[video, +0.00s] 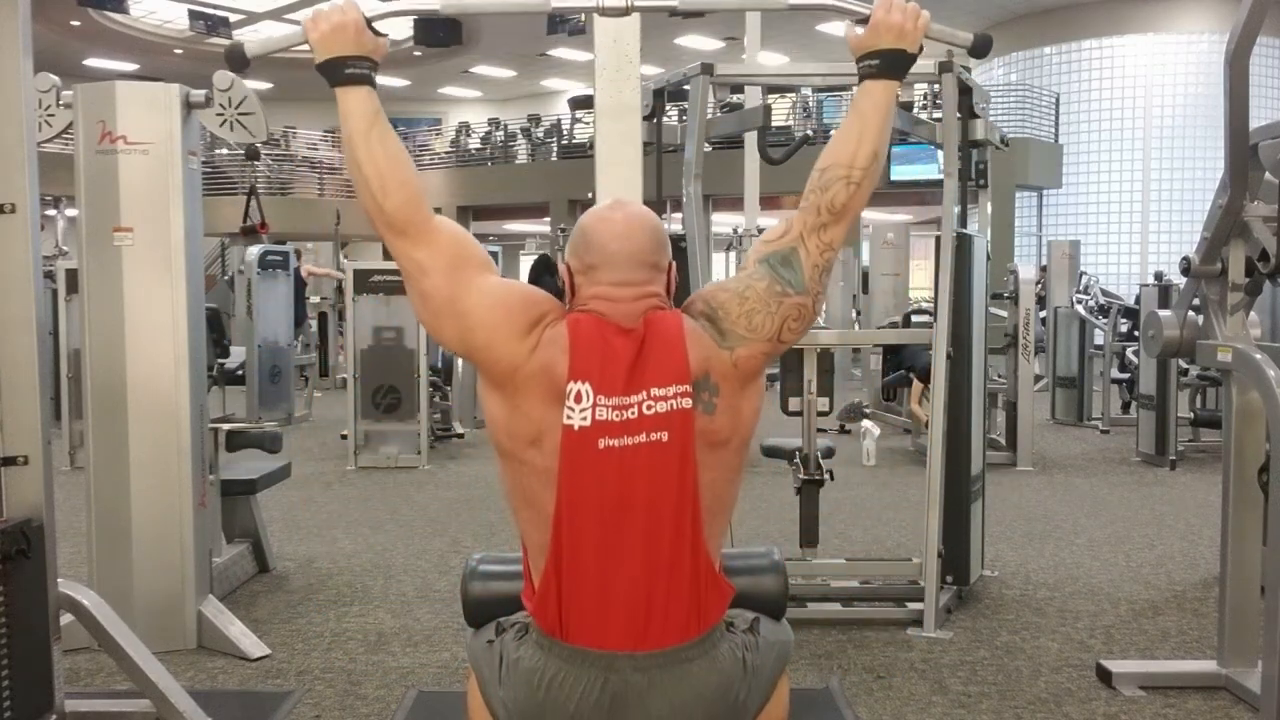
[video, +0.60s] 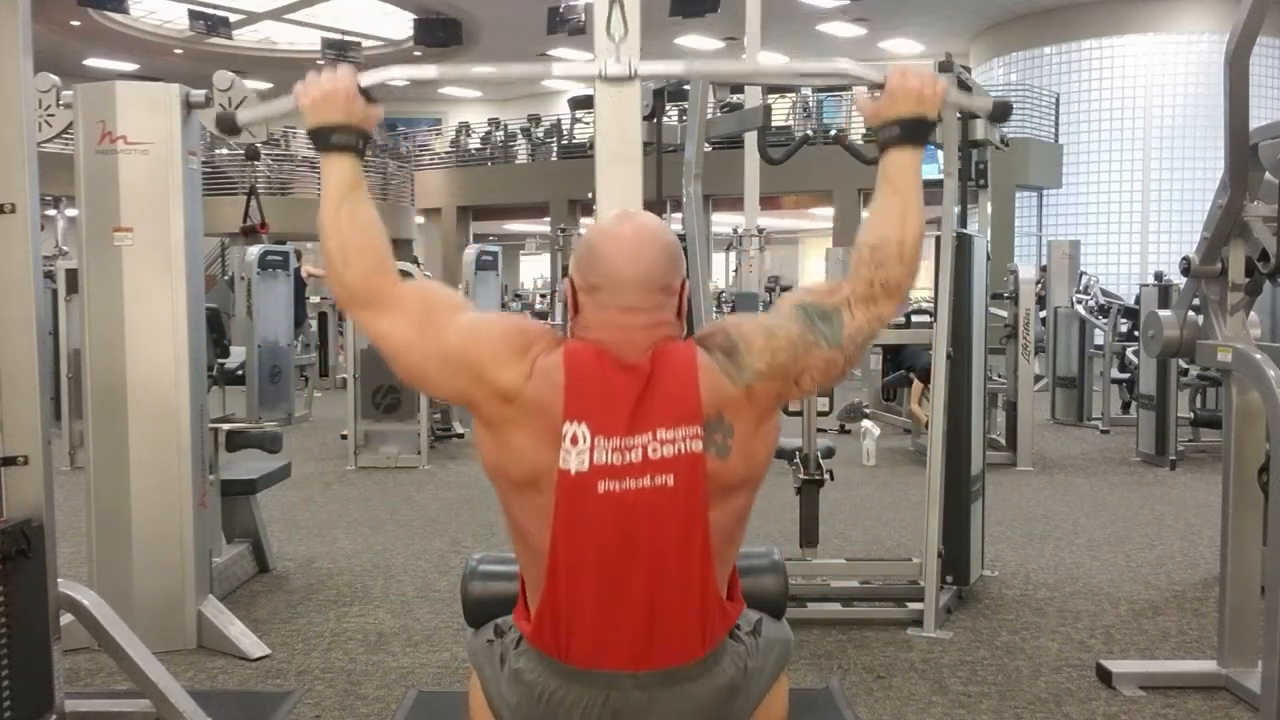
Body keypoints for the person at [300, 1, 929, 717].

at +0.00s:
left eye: (570, 264)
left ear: (568, 280)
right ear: (671, 281)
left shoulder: (515, 339)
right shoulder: (728, 343)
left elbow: (405, 222)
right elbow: (827, 214)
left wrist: (348, 70)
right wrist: (885, 67)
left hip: (556, 682)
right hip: (697, 681)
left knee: (488, 667)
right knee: (769, 646)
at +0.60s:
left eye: (573, 279)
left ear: (572, 300)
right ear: (681, 297)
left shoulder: (508, 370)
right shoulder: (747, 368)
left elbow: (366, 289)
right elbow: (875, 293)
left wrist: (337, 142)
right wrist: (905, 139)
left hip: (556, 693)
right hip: (701, 690)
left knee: (489, 659)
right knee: (768, 648)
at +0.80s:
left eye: (568, 319)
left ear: (568, 342)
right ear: (683, 340)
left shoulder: (500, 430)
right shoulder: (756, 429)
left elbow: (344, 383)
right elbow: (902, 388)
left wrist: (326, 237)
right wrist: (917, 237)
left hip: (549, 693)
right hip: (703, 691)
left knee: (491, 630)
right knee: (769, 645)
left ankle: (484, 708)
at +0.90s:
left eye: (568, 338)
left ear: (566, 362)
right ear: (686, 366)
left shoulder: (494, 462)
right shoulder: (759, 464)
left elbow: (333, 436)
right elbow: (910, 434)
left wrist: (323, 288)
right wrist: (919, 296)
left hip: (543, 695)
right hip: (704, 695)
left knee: (489, 599)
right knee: (768, 639)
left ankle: (481, 707)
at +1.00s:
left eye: (567, 360)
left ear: (565, 379)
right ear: (688, 381)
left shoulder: (492, 490)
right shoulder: (758, 489)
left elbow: (330, 494)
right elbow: (906, 496)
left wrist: (322, 348)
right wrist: (915, 350)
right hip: (711, 694)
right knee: (769, 625)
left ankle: (486, 703)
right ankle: (777, 707)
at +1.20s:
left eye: (561, 377)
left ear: (564, 398)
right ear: (688, 400)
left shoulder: (486, 522)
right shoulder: (761, 523)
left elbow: (340, 592)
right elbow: (887, 588)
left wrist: (320, 441)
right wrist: (906, 442)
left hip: (533, 706)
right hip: (700, 706)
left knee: (488, 654)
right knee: (769, 624)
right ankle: (778, 703)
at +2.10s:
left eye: (563, 356)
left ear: (559, 378)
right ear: (680, 380)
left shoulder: (485, 494)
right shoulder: (756, 496)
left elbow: (336, 521)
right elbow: (896, 519)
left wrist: (325, 371)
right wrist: (909, 370)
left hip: (536, 703)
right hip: (711, 702)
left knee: (484, 611)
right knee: (768, 634)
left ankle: (478, 696)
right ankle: (782, 700)